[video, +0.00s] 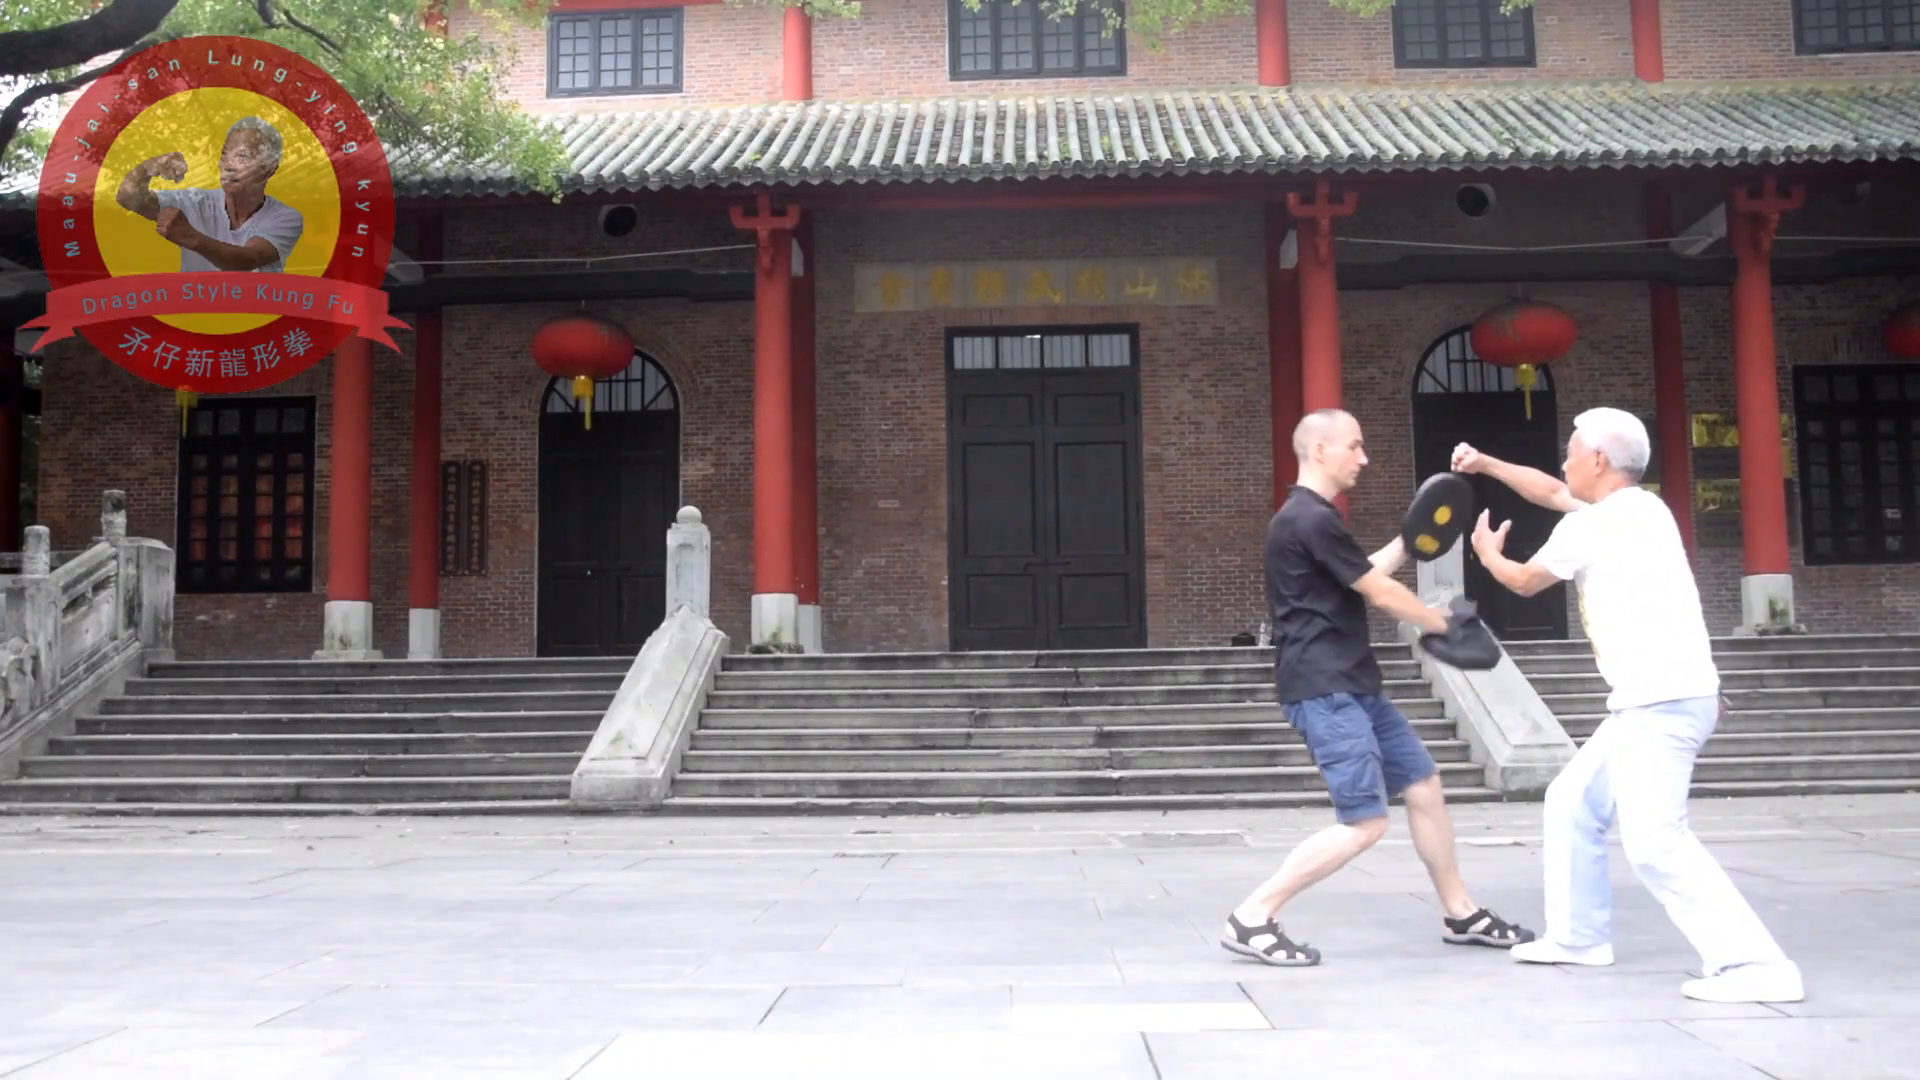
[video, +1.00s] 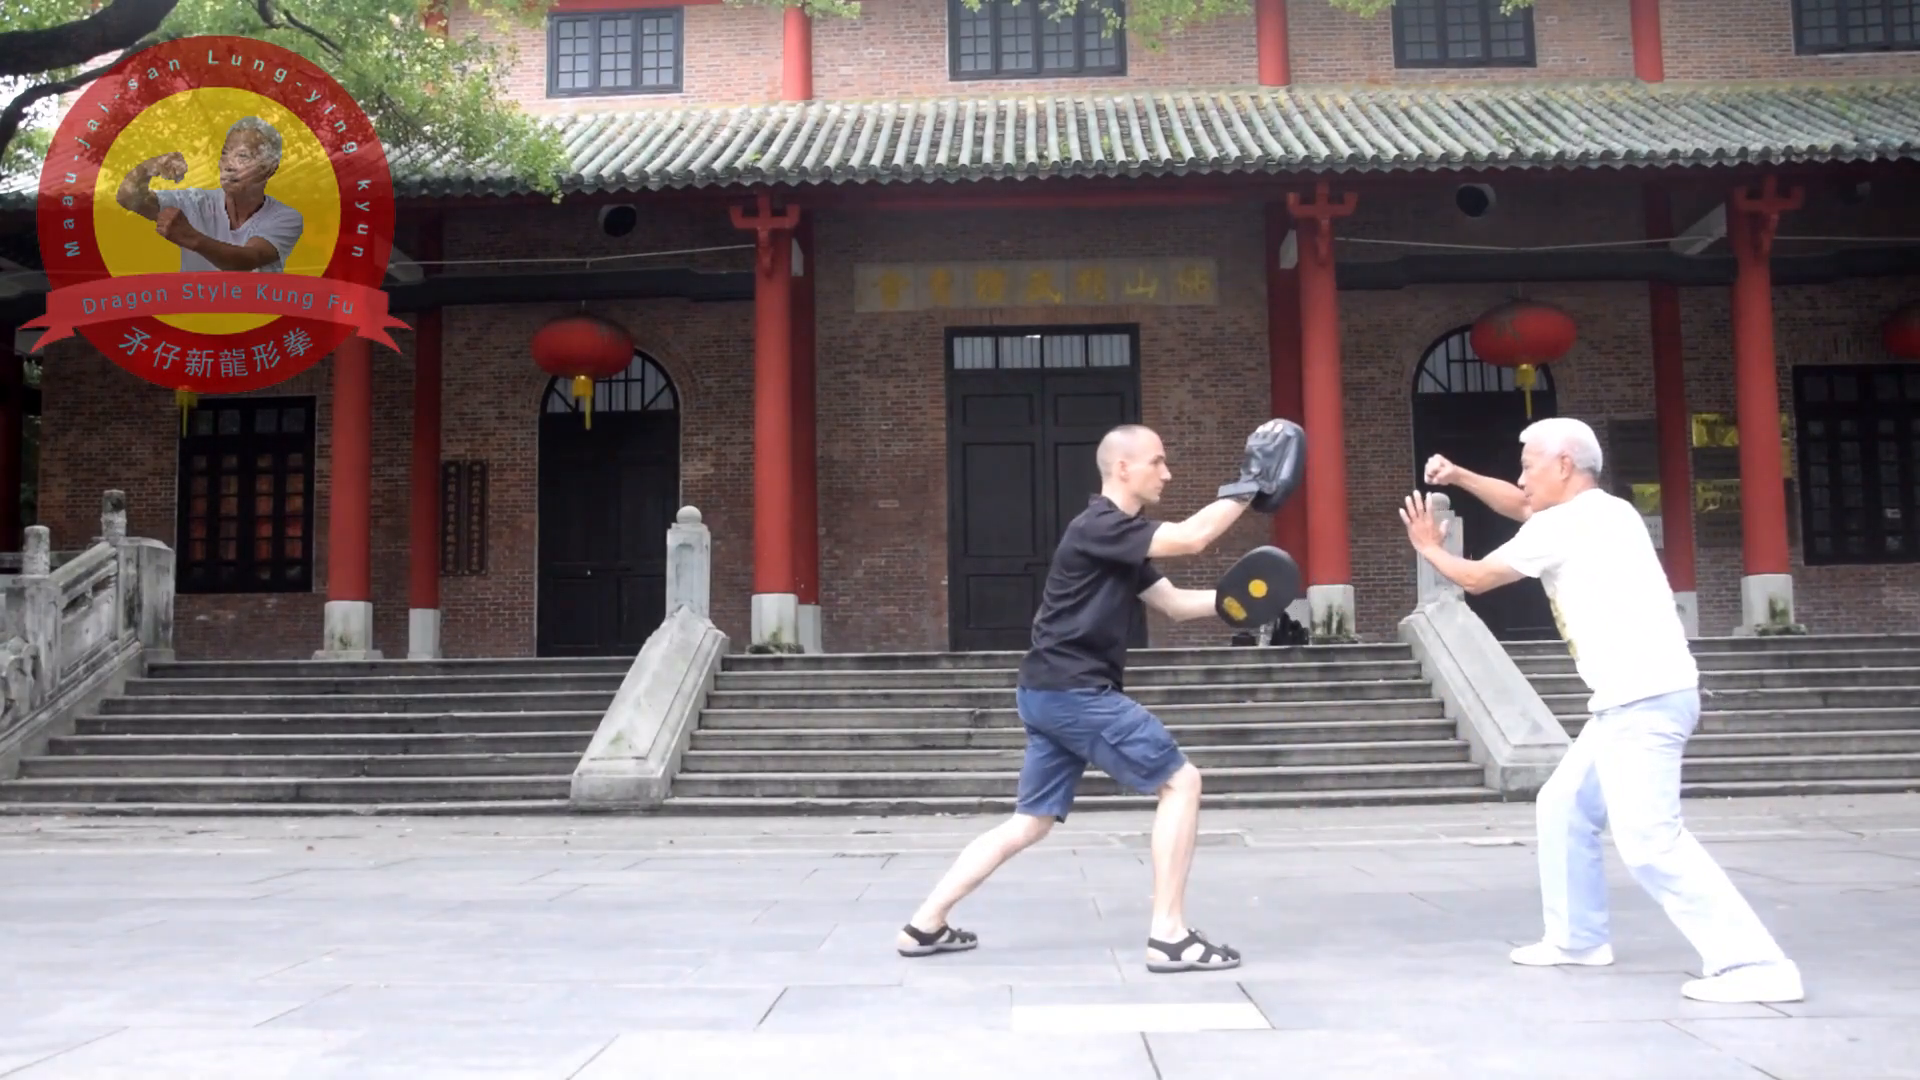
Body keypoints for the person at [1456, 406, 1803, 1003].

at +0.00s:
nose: (1566, 458)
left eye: (1573, 448)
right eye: (1570, 447)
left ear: (1599, 459)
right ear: (1617, 462)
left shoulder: (1591, 522)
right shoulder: (1646, 508)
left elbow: (1524, 581)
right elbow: (1556, 492)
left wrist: (1486, 552)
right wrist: (1487, 464)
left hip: (1657, 702)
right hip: (1670, 697)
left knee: (1654, 840)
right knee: (1569, 802)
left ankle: (1757, 966)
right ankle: (1578, 938)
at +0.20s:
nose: (1555, 461)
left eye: (1563, 450)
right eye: (1558, 450)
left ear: (1593, 462)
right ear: (1606, 464)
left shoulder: (1587, 522)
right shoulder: (1635, 510)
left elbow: (1515, 582)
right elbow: (1547, 500)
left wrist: (1474, 551)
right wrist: (1478, 474)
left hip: (1654, 702)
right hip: (1657, 699)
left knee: (1654, 839)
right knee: (1568, 805)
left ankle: (1758, 967)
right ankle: (1578, 939)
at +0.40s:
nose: (1548, 464)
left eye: (1555, 453)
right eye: (1551, 453)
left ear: (1589, 463)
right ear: (1598, 465)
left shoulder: (1583, 522)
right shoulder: (1630, 511)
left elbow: (1510, 583)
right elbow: (1540, 503)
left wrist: (1464, 553)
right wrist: (1473, 480)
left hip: (1655, 701)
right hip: (1653, 699)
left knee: (1653, 837)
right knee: (1568, 803)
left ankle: (1757, 967)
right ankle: (1578, 938)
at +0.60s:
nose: (1543, 465)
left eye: (1551, 453)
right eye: (1546, 454)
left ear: (1585, 462)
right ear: (1594, 463)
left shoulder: (1578, 521)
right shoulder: (1627, 510)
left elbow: (1503, 581)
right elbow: (1537, 503)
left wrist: (1456, 552)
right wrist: (1470, 478)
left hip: (1652, 700)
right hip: (1653, 697)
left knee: (1654, 839)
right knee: (1567, 804)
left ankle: (1758, 968)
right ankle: (1578, 939)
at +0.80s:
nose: (1532, 476)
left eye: (1539, 464)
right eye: (1533, 465)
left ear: (1573, 468)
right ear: (1584, 469)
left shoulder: (1567, 524)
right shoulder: (1624, 512)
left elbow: (1485, 580)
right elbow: (1534, 502)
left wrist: (1436, 548)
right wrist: (1470, 474)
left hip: (1647, 700)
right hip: (1658, 694)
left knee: (1653, 842)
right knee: (1564, 807)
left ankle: (1759, 968)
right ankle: (1578, 941)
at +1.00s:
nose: (1521, 477)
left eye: (1528, 465)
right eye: (1523, 466)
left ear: (1562, 466)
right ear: (1575, 468)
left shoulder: (1559, 523)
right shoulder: (1615, 512)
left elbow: (1477, 577)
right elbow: (1523, 502)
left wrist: (1427, 546)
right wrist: (1460, 475)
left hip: (1642, 700)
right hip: (1644, 696)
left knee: (1651, 842)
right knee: (1561, 807)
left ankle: (1759, 967)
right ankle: (1578, 941)